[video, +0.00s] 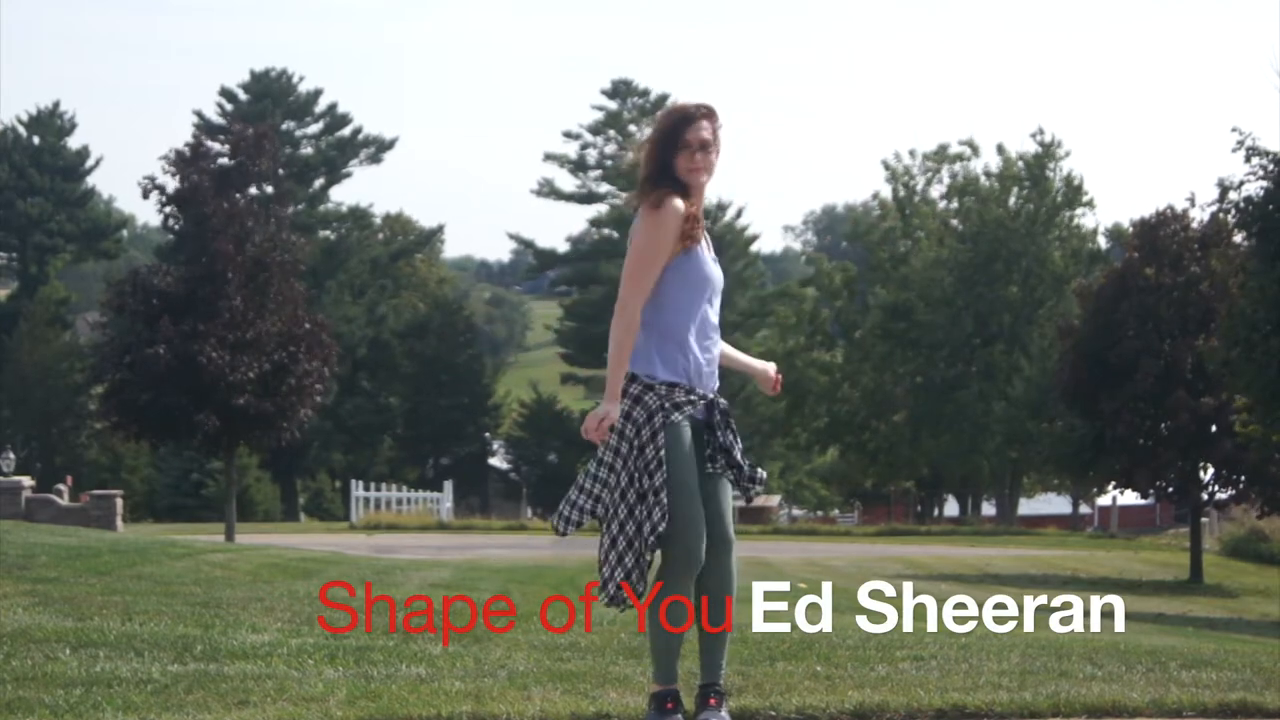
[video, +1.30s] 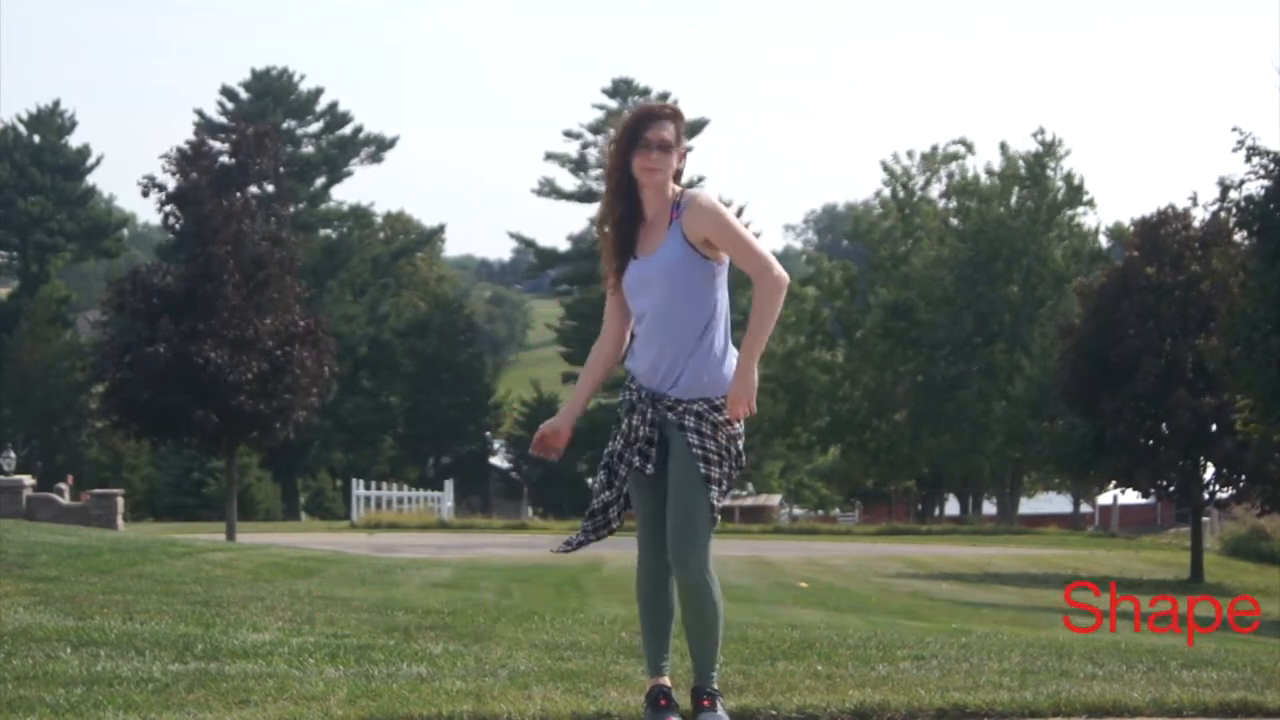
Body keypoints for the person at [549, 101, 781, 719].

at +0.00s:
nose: (699, 157)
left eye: (708, 147)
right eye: (688, 147)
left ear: (718, 155)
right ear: (666, 154)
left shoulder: (697, 223)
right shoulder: (665, 211)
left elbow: (696, 331)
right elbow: (628, 307)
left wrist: (754, 366)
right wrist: (612, 397)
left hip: (704, 402)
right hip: (661, 397)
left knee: (720, 544)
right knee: (685, 543)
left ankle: (713, 694)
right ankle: (665, 696)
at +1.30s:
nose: (655, 155)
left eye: (666, 147)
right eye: (645, 145)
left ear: (681, 155)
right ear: (626, 154)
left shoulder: (698, 211)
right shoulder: (624, 236)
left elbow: (773, 279)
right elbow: (612, 334)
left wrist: (747, 367)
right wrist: (569, 413)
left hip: (703, 406)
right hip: (645, 405)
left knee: (689, 557)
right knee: (652, 553)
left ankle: (706, 693)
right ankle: (658, 683)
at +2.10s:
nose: (674, 146)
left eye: (683, 137)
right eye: (662, 137)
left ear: (696, 147)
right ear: (639, 149)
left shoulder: (704, 227)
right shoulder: (613, 219)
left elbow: (739, 319)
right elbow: (538, 290)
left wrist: (833, 308)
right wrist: (540, 387)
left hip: (718, 402)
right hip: (655, 402)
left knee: (715, 547)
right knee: (679, 547)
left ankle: (711, 691)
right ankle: (664, 692)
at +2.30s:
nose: (668, 141)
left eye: (677, 131)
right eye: (655, 132)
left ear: (692, 141)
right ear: (637, 145)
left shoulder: (708, 223)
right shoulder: (615, 211)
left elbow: (725, 314)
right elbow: (527, 254)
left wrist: (766, 357)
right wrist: (493, 336)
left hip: (706, 401)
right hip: (644, 398)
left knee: (707, 543)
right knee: (659, 543)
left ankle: (712, 688)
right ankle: (661, 687)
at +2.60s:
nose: (659, 144)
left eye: (667, 135)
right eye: (647, 136)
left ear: (679, 146)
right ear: (623, 148)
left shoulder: (709, 218)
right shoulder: (598, 224)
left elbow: (736, 315)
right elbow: (550, 272)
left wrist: (659, 339)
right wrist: (579, 292)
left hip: (699, 397)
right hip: (626, 395)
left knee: (699, 547)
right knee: (640, 545)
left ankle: (706, 690)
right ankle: (658, 687)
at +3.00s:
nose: (632, 153)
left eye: (641, 144)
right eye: (621, 143)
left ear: (652, 157)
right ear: (598, 155)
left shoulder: (678, 229)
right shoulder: (573, 232)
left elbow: (704, 331)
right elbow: (546, 306)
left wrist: (624, 351)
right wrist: (493, 241)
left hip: (694, 400)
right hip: (621, 403)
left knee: (706, 550)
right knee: (567, 547)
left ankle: (709, 690)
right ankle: (547, 684)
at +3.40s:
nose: (602, 165)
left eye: (612, 156)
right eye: (590, 156)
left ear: (626, 165)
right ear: (568, 166)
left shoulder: (655, 238)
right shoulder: (549, 241)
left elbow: (676, 338)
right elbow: (478, 306)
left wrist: (599, 360)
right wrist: (391, 273)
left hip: (620, 420)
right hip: (546, 407)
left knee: (651, 555)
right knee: (517, 549)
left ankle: (697, 689)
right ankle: (489, 690)